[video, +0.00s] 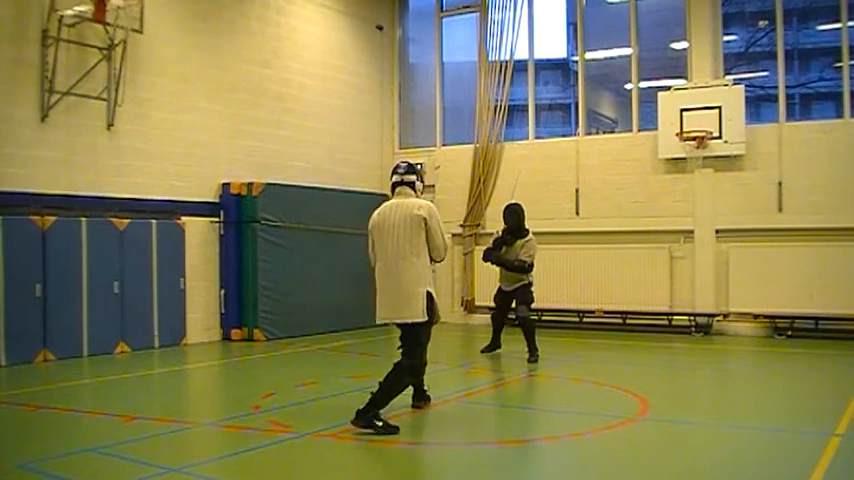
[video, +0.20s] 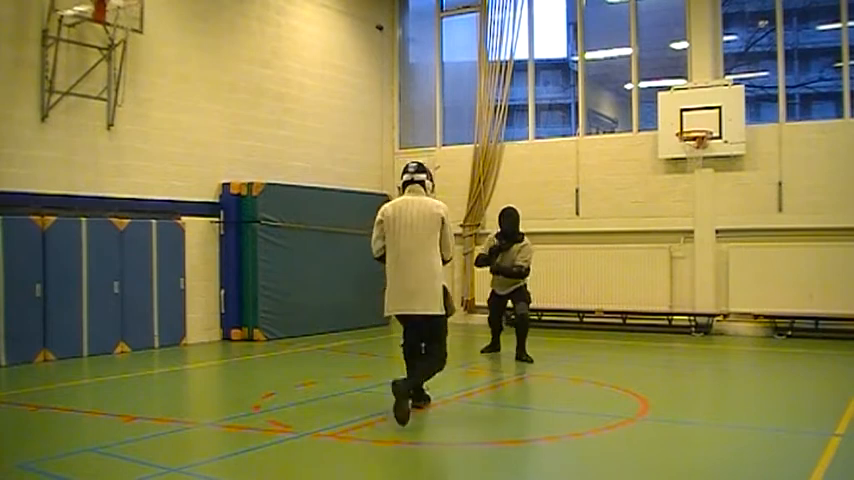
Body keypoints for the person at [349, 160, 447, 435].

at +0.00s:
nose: (422, 187)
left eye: (420, 183)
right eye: (421, 183)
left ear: (392, 185)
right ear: (416, 184)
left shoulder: (377, 215)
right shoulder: (424, 208)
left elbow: (373, 257)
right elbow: (439, 253)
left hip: (388, 295)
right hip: (417, 293)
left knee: (418, 340)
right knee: (413, 359)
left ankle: (419, 392)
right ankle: (368, 412)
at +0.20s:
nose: (429, 186)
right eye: (429, 181)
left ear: (402, 183)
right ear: (427, 183)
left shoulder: (387, 209)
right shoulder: (438, 208)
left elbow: (377, 250)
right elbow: (447, 254)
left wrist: (401, 258)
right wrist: (425, 258)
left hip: (399, 294)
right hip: (430, 294)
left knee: (411, 341)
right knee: (438, 355)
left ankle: (418, 392)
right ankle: (406, 386)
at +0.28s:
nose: (433, 185)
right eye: (432, 182)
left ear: (406, 183)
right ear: (430, 182)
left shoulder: (392, 206)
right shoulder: (442, 207)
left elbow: (382, 247)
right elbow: (449, 253)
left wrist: (405, 259)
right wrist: (428, 260)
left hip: (403, 287)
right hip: (436, 287)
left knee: (408, 338)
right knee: (449, 346)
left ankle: (418, 391)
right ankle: (421, 383)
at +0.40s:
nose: (437, 186)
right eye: (437, 181)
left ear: (412, 182)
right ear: (437, 182)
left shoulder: (399, 204)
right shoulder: (450, 208)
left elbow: (388, 243)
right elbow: (453, 246)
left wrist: (411, 261)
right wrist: (434, 261)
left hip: (411, 283)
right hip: (445, 282)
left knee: (408, 335)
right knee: (459, 335)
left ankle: (418, 392)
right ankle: (448, 390)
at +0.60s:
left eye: (428, 179)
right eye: (446, 181)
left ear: (426, 181)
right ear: (451, 182)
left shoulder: (415, 203)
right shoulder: (463, 207)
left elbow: (410, 249)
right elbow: (466, 247)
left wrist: (421, 278)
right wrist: (459, 274)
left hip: (429, 279)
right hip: (462, 279)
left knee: (398, 328)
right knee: (462, 331)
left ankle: (409, 389)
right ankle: (471, 391)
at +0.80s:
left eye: (434, 178)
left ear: (433, 180)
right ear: (457, 180)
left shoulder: (422, 204)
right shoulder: (470, 208)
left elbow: (418, 248)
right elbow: (473, 243)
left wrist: (433, 272)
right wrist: (454, 264)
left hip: (434, 279)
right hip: (466, 280)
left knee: (396, 331)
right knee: (461, 331)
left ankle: (397, 387)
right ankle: (471, 391)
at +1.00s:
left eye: (432, 178)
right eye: (451, 180)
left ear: (428, 181)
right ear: (453, 182)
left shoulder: (417, 205)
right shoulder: (465, 211)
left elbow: (411, 249)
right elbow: (467, 249)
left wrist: (425, 275)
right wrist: (450, 272)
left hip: (426, 283)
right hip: (459, 284)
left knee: (399, 342)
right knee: (461, 335)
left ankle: (395, 402)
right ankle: (471, 391)